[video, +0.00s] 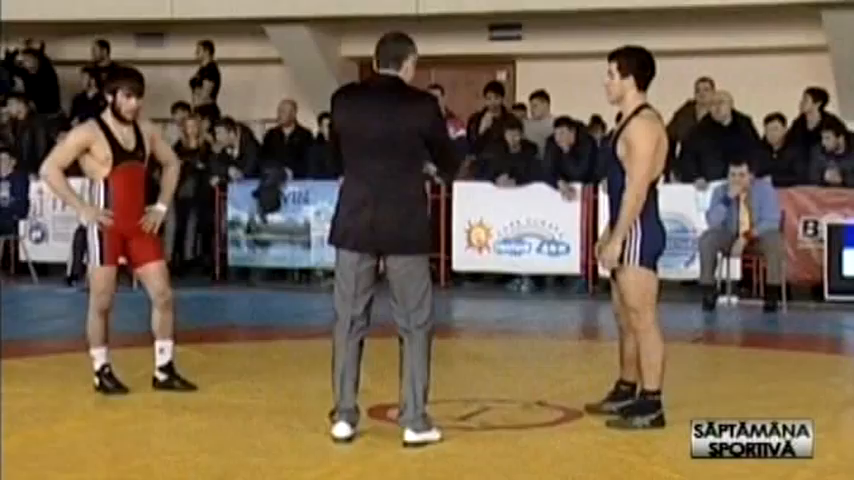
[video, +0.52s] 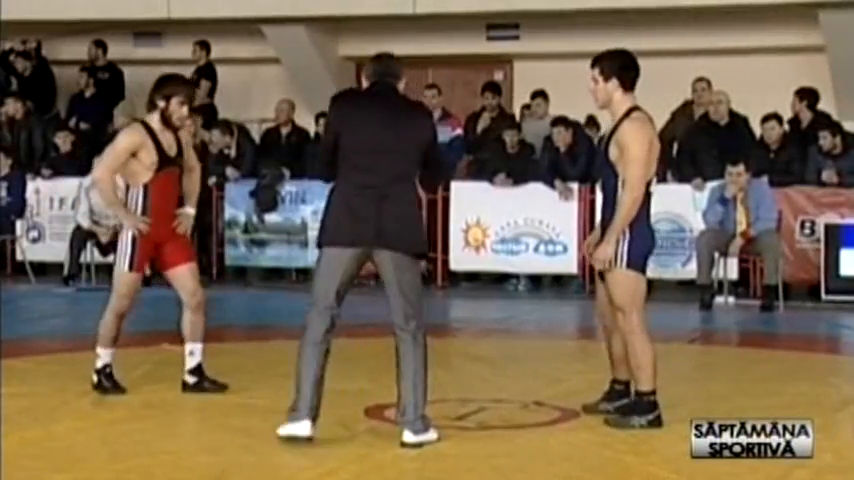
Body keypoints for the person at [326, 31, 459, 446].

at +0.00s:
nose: (416, 69)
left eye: (414, 62)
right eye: (415, 63)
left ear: (375, 61)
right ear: (409, 64)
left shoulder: (344, 99)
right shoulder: (423, 104)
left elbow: (338, 162)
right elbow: (448, 164)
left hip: (354, 224)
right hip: (407, 226)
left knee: (348, 322)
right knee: (416, 324)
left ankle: (344, 415)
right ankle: (415, 421)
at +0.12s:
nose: (416, 72)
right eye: (415, 66)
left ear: (377, 64)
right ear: (412, 68)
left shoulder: (347, 98)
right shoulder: (424, 106)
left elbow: (338, 159)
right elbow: (450, 160)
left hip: (352, 221)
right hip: (404, 223)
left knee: (346, 321)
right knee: (415, 325)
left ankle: (343, 415)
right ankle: (413, 421)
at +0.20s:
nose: (415, 77)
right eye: (416, 71)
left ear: (378, 68)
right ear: (414, 72)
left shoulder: (350, 99)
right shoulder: (429, 108)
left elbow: (336, 158)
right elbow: (449, 163)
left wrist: (362, 160)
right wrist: (438, 176)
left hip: (353, 216)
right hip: (405, 219)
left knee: (345, 318)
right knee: (415, 323)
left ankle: (342, 415)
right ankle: (413, 421)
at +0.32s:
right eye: (412, 74)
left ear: (380, 75)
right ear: (415, 78)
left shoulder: (354, 102)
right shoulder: (431, 113)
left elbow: (335, 163)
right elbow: (444, 172)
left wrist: (364, 155)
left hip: (354, 216)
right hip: (406, 219)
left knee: (343, 319)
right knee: (415, 324)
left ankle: (338, 416)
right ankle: (413, 422)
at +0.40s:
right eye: (417, 81)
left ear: (377, 78)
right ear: (413, 83)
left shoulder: (352, 103)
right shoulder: (429, 115)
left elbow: (334, 164)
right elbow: (439, 173)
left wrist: (363, 165)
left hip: (352, 216)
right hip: (405, 220)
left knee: (338, 317)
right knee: (412, 325)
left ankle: (326, 418)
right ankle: (413, 423)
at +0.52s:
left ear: (365, 77)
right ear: (401, 81)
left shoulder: (343, 105)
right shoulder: (419, 114)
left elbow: (323, 167)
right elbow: (434, 176)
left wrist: (355, 163)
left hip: (346, 218)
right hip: (398, 221)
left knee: (319, 319)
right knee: (409, 326)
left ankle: (303, 416)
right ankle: (414, 424)